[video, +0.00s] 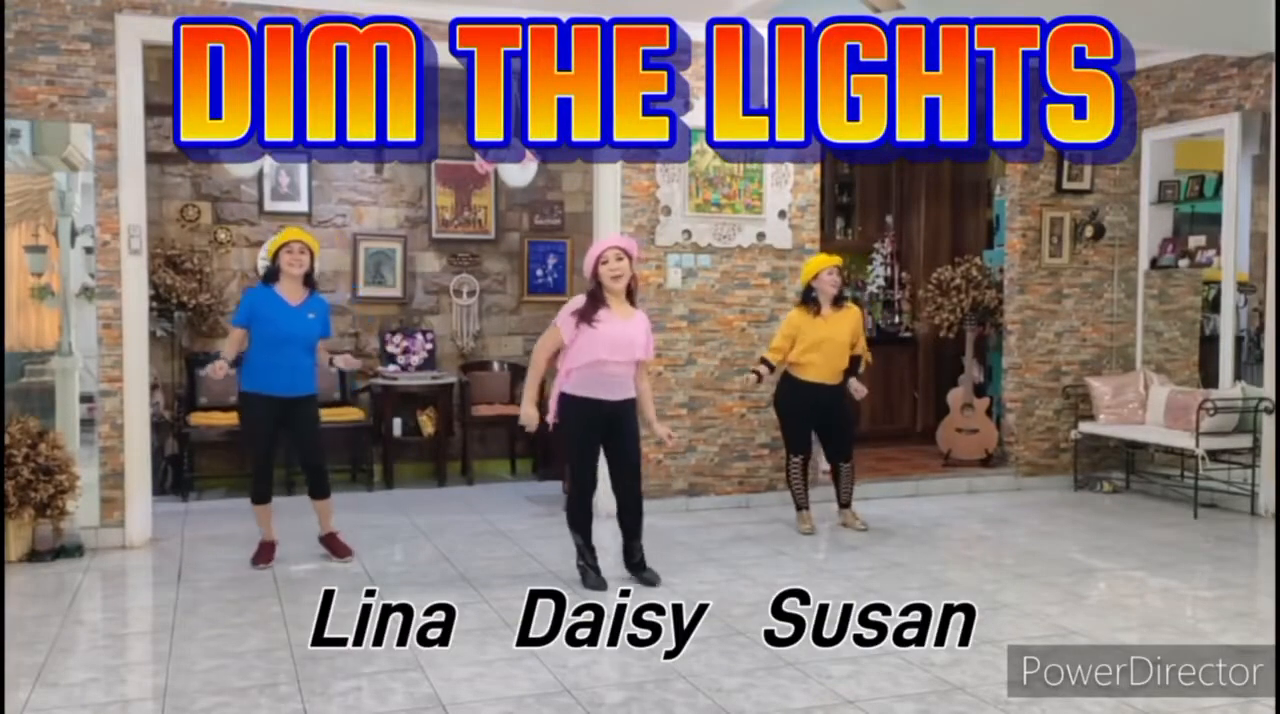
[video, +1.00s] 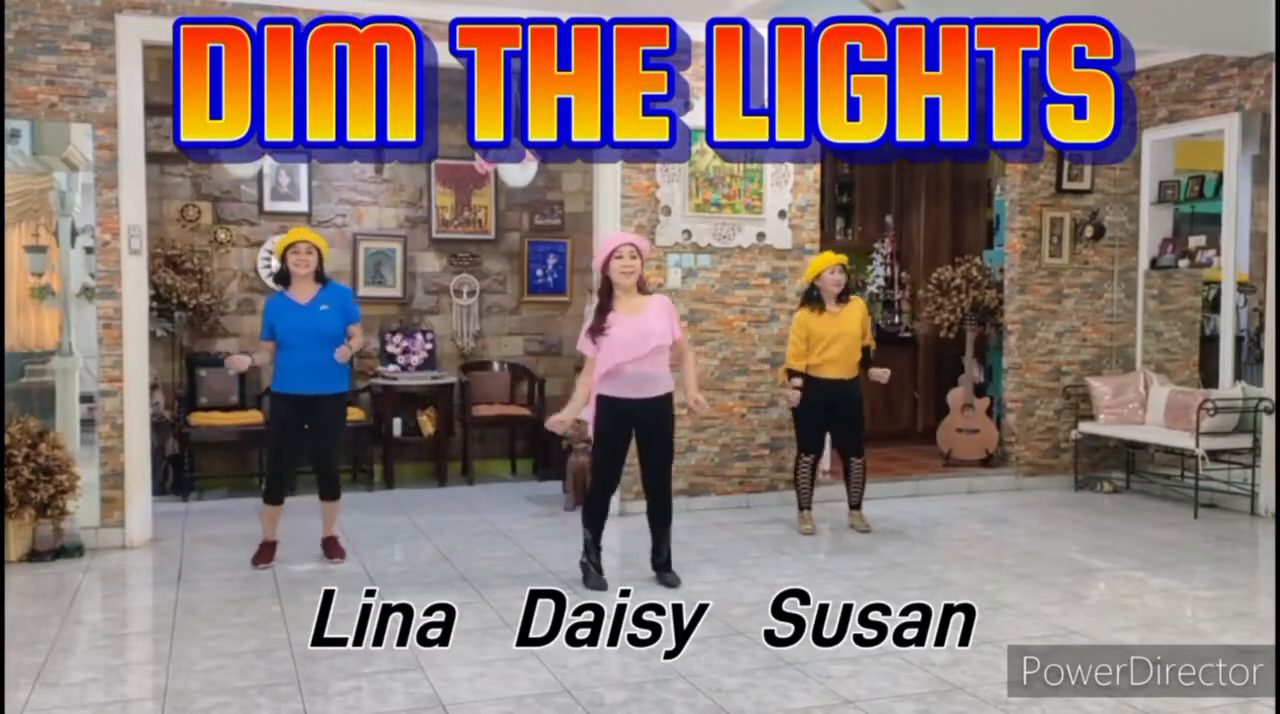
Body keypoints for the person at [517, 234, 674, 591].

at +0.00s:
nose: (614, 267)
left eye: (620, 260)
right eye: (606, 262)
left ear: (631, 269)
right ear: (595, 272)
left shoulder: (639, 319)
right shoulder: (579, 309)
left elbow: (642, 375)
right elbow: (542, 350)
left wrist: (654, 422)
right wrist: (529, 403)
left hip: (622, 410)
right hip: (579, 408)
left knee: (630, 486)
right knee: (582, 486)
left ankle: (635, 559)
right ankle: (586, 561)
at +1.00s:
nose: (627, 263)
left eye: (633, 257)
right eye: (618, 258)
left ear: (642, 265)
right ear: (606, 267)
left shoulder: (661, 304)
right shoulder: (601, 312)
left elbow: (684, 349)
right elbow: (589, 369)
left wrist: (692, 389)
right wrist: (571, 412)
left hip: (657, 403)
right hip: (612, 404)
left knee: (659, 485)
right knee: (603, 483)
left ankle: (662, 561)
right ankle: (591, 557)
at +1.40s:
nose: (647, 262)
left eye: (653, 256)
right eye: (639, 257)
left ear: (662, 265)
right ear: (627, 268)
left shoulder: (681, 304)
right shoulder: (620, 317)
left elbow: (713, 332)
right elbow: (608, 373)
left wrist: (703, 374)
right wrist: (621, 399)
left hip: (677, 404)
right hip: (637, 406)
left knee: (671, 487)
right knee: (639, 487)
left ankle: (665, 560)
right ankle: (642, 557)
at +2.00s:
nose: (640, 262)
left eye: (645, 255)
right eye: (631, 258)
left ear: (656, 263)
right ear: (620, 270)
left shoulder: (668, 312)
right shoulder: (611, 312)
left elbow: (678, 356)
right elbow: (580, 362)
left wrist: (672, 388)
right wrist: (592, 412)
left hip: (654, 406)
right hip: (612, 404)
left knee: (656, 488)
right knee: (601, 486)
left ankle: (662, 562)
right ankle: (588, 561)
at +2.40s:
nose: (619, 269)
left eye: (624, 262)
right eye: (610, 265)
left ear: (635, 271)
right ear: (599, 274)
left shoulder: (645, 321)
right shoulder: (581, 312)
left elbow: (664, 370)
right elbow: (541, 352)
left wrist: (645, 400)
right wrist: (541, 404)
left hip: (620, 411)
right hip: (576, 408)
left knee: (629, 491)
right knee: (579, 489)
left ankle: (634, 561)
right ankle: (584, 563)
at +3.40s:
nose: (627, 266)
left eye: (633, 259)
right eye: (619, 260)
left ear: (643, 266)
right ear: (606, 269)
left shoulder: (663, 302)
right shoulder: (601, 315)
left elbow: (692, 340)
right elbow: (589, 373)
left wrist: (685, 384)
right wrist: (587, 421)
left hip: (658, 406)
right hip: (614, 407)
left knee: (656, 487)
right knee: (604, 484)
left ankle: (657, 563)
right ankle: (590, 559)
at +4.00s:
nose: (650, 268)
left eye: (656, 261)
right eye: (642, 261)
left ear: (665, 268)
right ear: (628, 270)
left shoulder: (680, 305)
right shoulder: (618, 318)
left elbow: (707, 346)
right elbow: (607, 374)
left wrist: (723, 391)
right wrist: (633, 395)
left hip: (680, 406)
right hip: (641, 410)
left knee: (673, 490)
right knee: (641, 488)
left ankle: (660, 563)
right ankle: (633, 559)